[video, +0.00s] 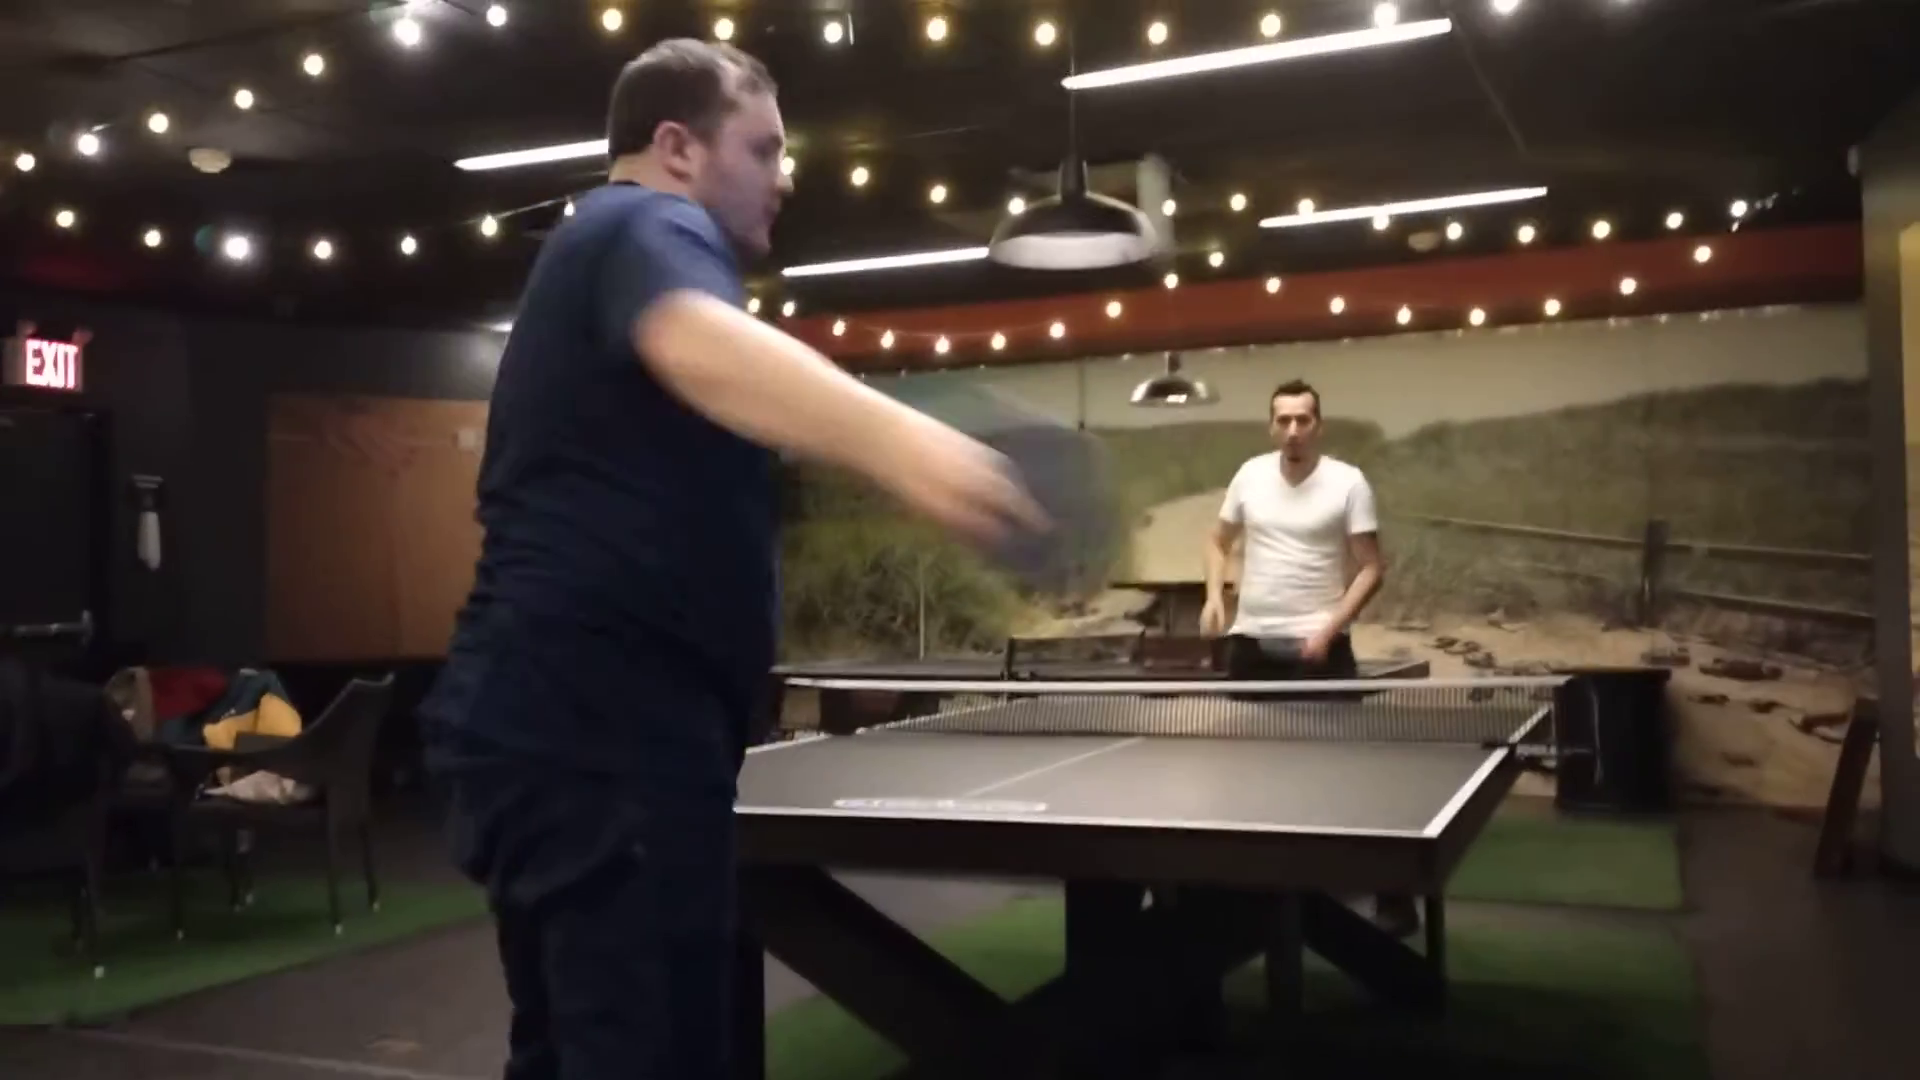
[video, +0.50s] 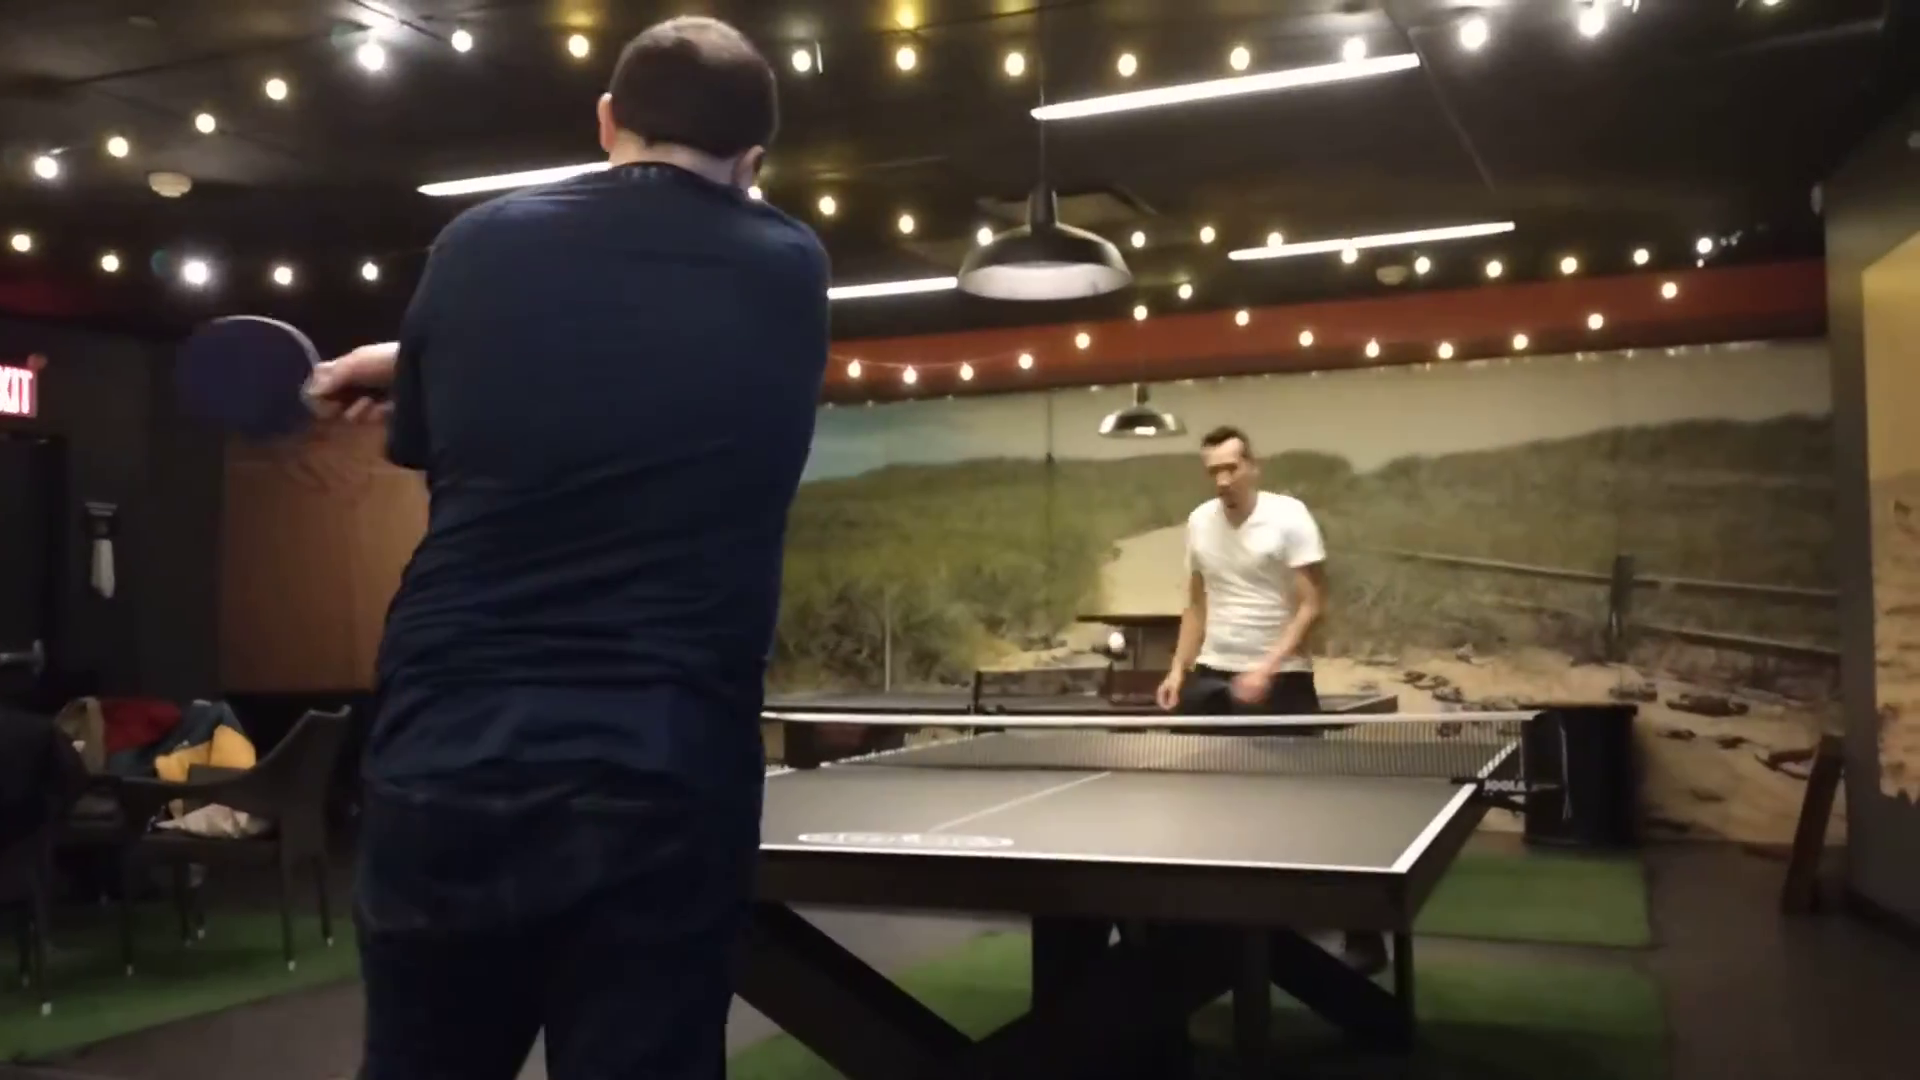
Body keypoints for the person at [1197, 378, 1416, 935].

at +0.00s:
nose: (1293, 429)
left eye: (1302, 420)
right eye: (1284, 420)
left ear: (1320, 425)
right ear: (1271, 426)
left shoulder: (1348, 483)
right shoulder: (1251, 476)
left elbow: (1372, 569)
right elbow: (1218, 541)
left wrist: (1329, 626)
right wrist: (1214, 597)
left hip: (1320, 648)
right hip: (1251, 646)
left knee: (1339, 764)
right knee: (1245, 761)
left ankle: (1383, 893)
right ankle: (1242, 889)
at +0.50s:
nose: (1223, 479)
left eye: (1232, 467)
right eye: (1214, 471)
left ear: (1254, 466)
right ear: (1207, 475)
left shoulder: (1289, 517)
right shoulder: (1200, 523)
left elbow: (1312, 601)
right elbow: (1196, 606)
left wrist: (1268, 664)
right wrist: (1178, 670)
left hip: (1281, 683)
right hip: (1213, 682)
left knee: (1313, 800)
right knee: (1193, 797)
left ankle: (1362, 933)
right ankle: (1198, 932)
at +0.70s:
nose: (1161, 515)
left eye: (1167, 504)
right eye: (1154, 507)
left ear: (1192, 497)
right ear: (1153, 509)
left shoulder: (1232, 534)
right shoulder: (1163, 552)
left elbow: (1257, 617)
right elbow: (1172, 629)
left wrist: (1192, 657)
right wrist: (1148, 689)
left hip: (1243, 691)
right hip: (1184, 695)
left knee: (1267, 808)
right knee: (1190, 808)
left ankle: (1349, 934)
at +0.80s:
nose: (1136, 524)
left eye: (1141, 512)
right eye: (1129, 517)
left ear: (1166, 504)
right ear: (1128, 518)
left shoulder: (1206, 538)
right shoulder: (1139, 561)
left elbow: (1229, 614)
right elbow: (1141, 636)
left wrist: (1177, 657)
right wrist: (1122, 688)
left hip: (1224, 693)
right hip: (1168, 700)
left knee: (1253, 808)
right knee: (1171, 807)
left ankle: (1333, 923)